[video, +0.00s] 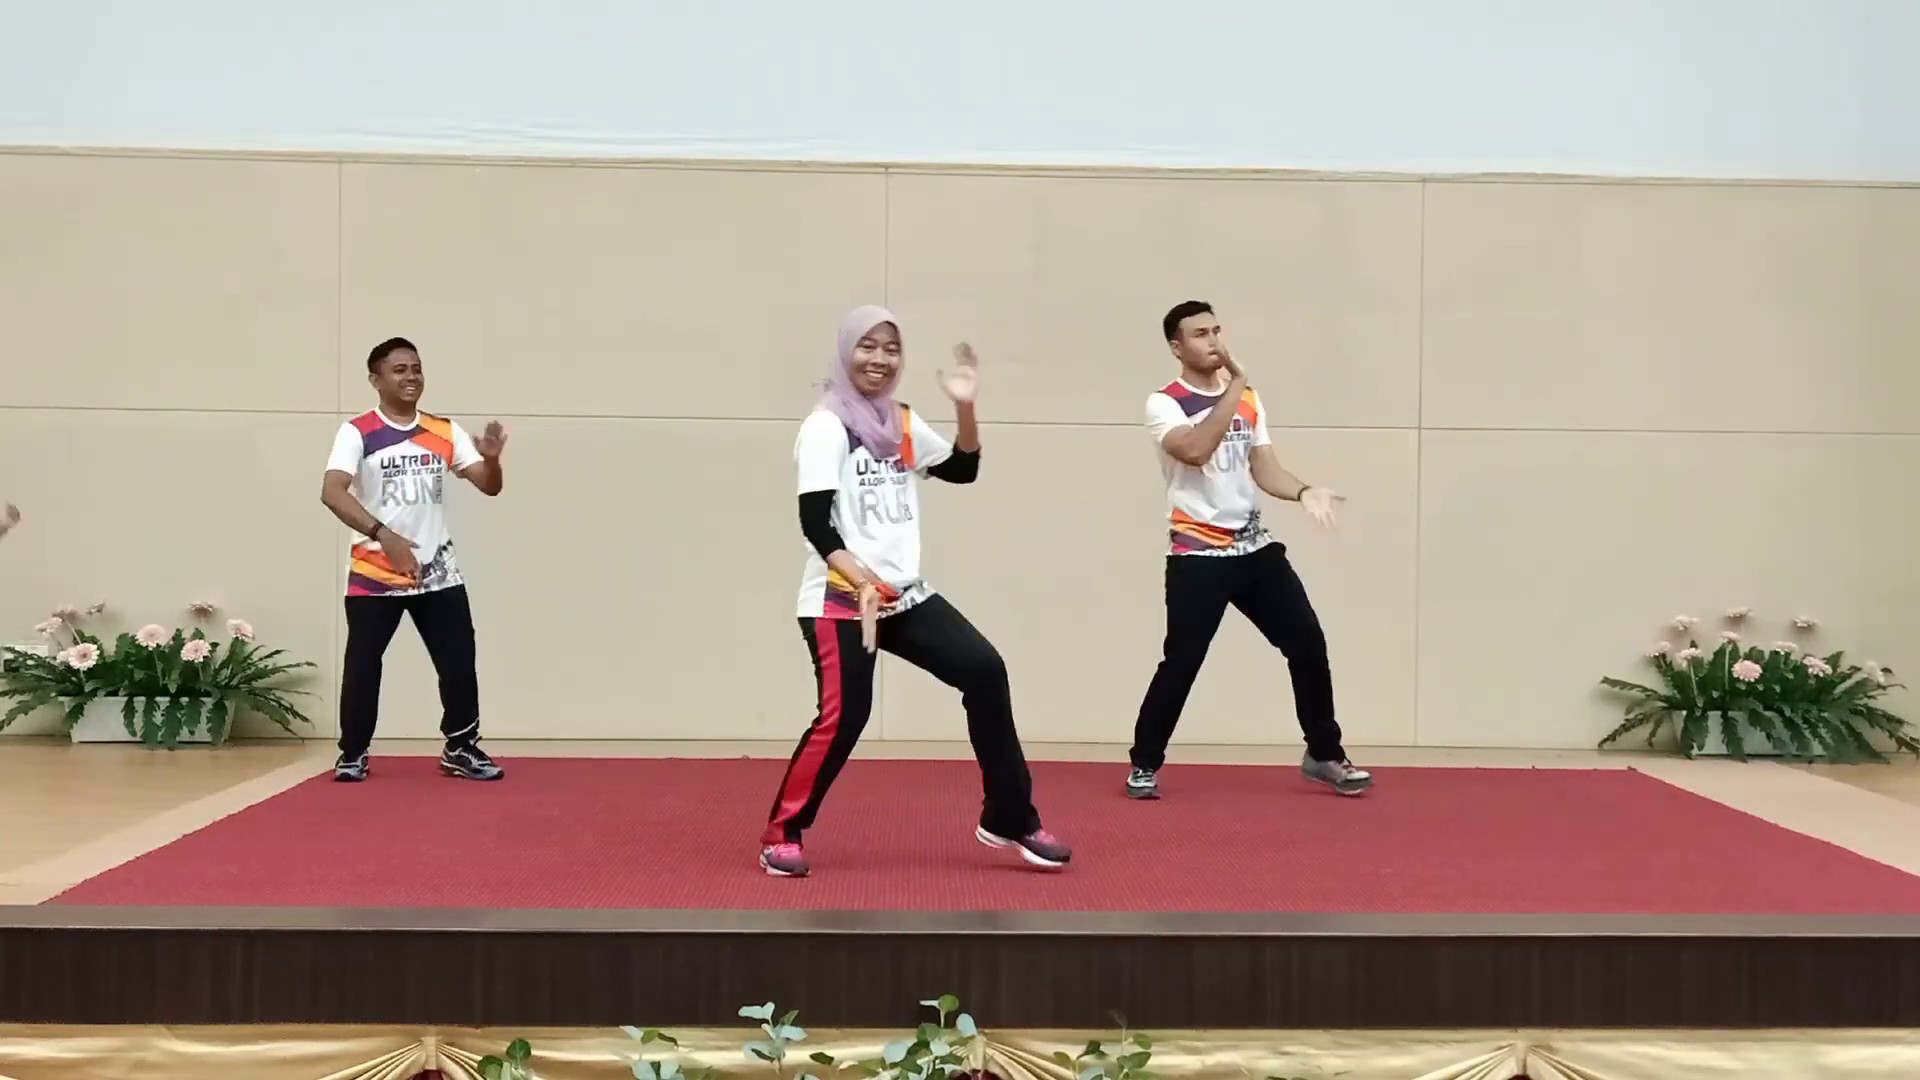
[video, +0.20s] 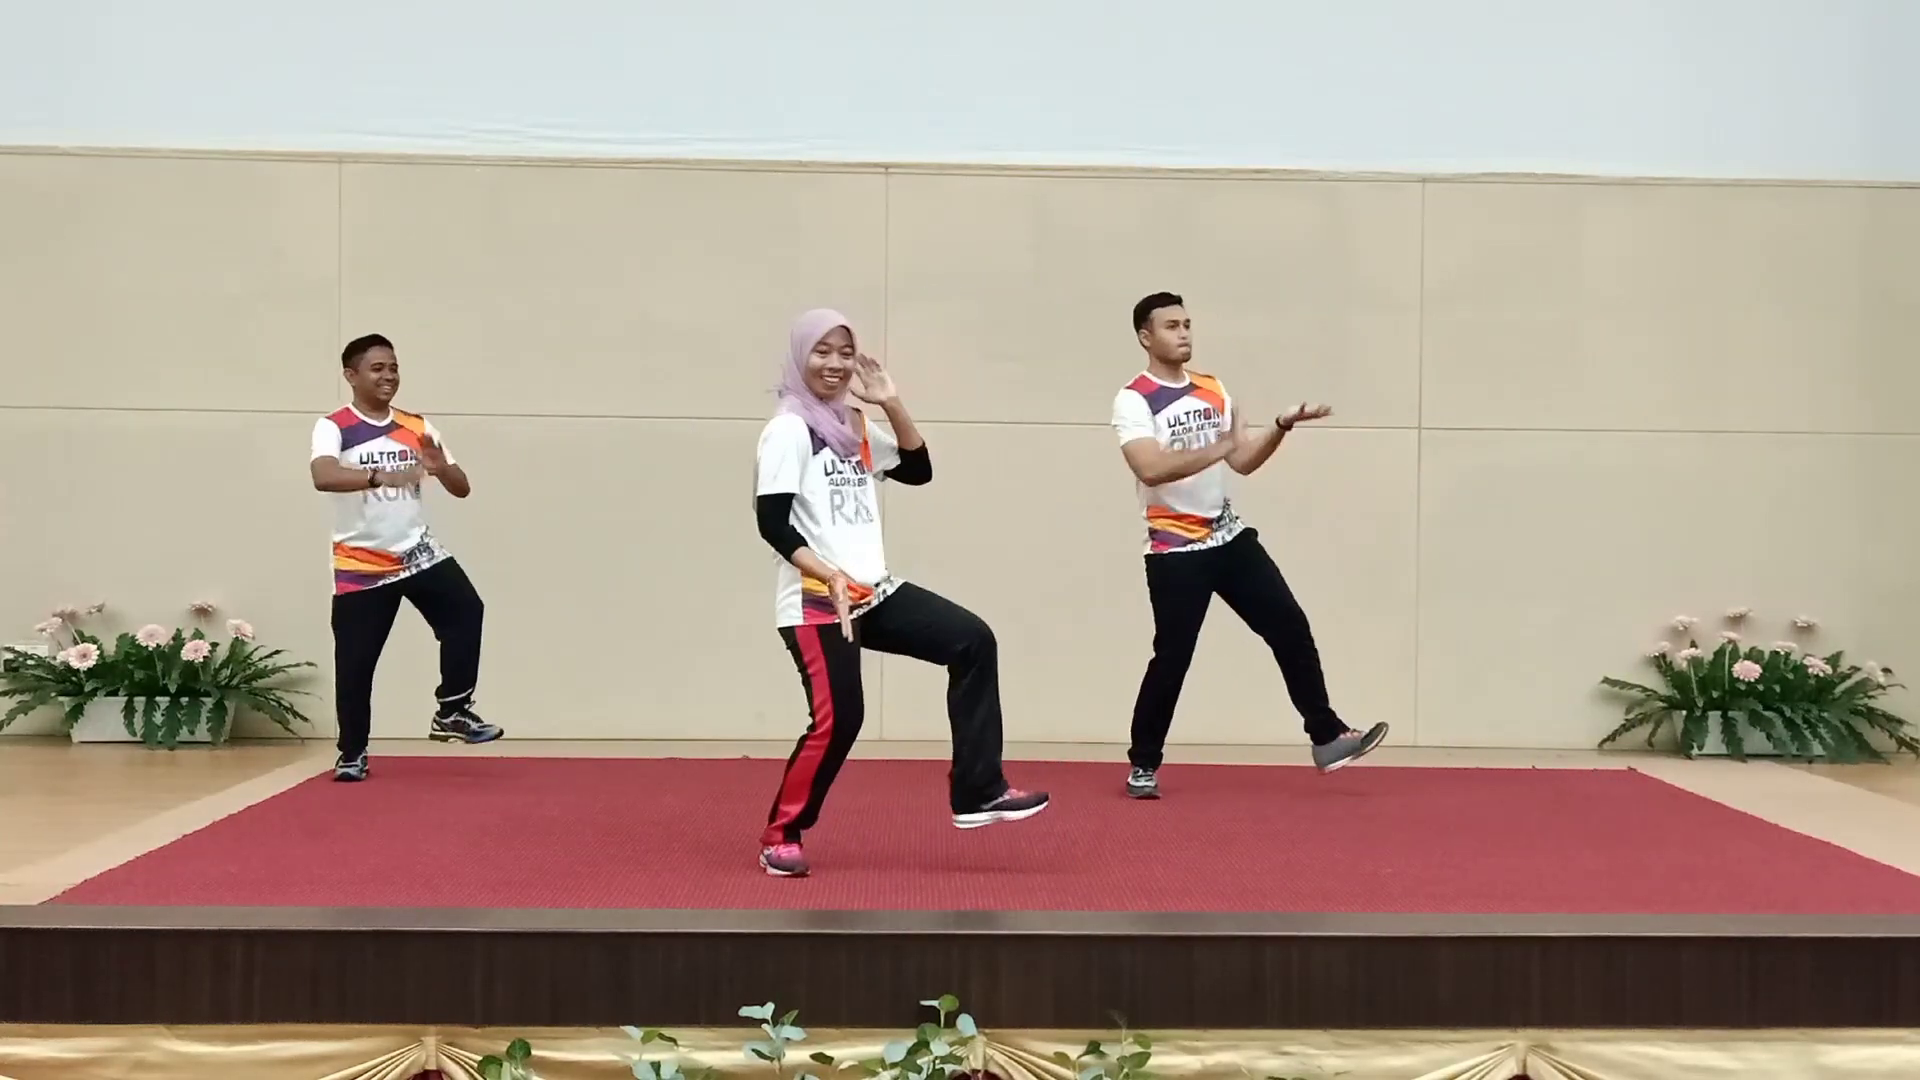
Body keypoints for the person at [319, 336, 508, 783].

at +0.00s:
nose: (411, 377)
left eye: (416, 369)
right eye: (400, 370)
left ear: (423, 376)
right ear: (376, 379)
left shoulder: (445, 431)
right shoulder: (357, 432)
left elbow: (490, 487)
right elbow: (333, 493)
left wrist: (491, 459)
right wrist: (383, 534)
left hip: (437, 574)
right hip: (376, 576)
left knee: (459, 662)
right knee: (361, 667)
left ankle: (461, 748)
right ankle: (353, 755)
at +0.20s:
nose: (389, 375)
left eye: (393, 368)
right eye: (377, 368)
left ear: (398, 374)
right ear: (351, 375)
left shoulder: (417, 427)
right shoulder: (332, 426)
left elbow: (461, 488)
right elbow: (324, 477)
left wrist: (440, 468)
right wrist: (379, 477)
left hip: (418, 555)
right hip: (360, 567)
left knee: (466, 612)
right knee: (353, 668)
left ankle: (453, 711)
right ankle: (352, 756)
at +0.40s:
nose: (378, 378)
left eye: (381, 371)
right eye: (366, 371)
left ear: (386, 375)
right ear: (339, 376)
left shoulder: (403, 428)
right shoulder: (319, 432)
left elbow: (428, 484)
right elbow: (321, 490)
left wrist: (435, 508)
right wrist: (371, 455)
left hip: (413, 556)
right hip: (357, 569)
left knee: (459, 613)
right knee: (355, 667)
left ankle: (460, 715)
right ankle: (353, 755)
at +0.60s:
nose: (371, 389)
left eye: (376, 382)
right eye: (360, 381)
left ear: (381, 386)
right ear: (333, 387)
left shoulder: (401, 439)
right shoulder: (316, 446)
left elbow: (429, 498)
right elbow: (322, 511)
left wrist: (444, 545)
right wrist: (366, 461)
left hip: (409, 578)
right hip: (354, 584)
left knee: (439, 660)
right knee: (353, 677)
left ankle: (467, 744)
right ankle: (353, 756)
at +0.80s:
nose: (375, 364)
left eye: (383, 357)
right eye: (364, 355)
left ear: (390, 365)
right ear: (343, 363)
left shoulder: (408, 415)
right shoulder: (322, 415)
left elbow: (452, 462)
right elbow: (322, 470)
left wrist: (472, 485)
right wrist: (382, 433)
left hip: (416, 547)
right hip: (358, 558)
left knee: (453, 614)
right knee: (353, 661)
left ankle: (466, 710)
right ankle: (350, 751)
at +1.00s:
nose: (402, 364)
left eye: (411, 358)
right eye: (392, 358)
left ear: (426, 370)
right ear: (378, 367)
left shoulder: (446, 424)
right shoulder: (353, 420)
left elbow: (494, 475)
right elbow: (329, 487)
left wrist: (476, 428)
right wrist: (379, 528)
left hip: (435, 564)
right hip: (372, 566)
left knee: (457, 643)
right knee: (356, 661)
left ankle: (487, 739)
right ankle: (350, 750)